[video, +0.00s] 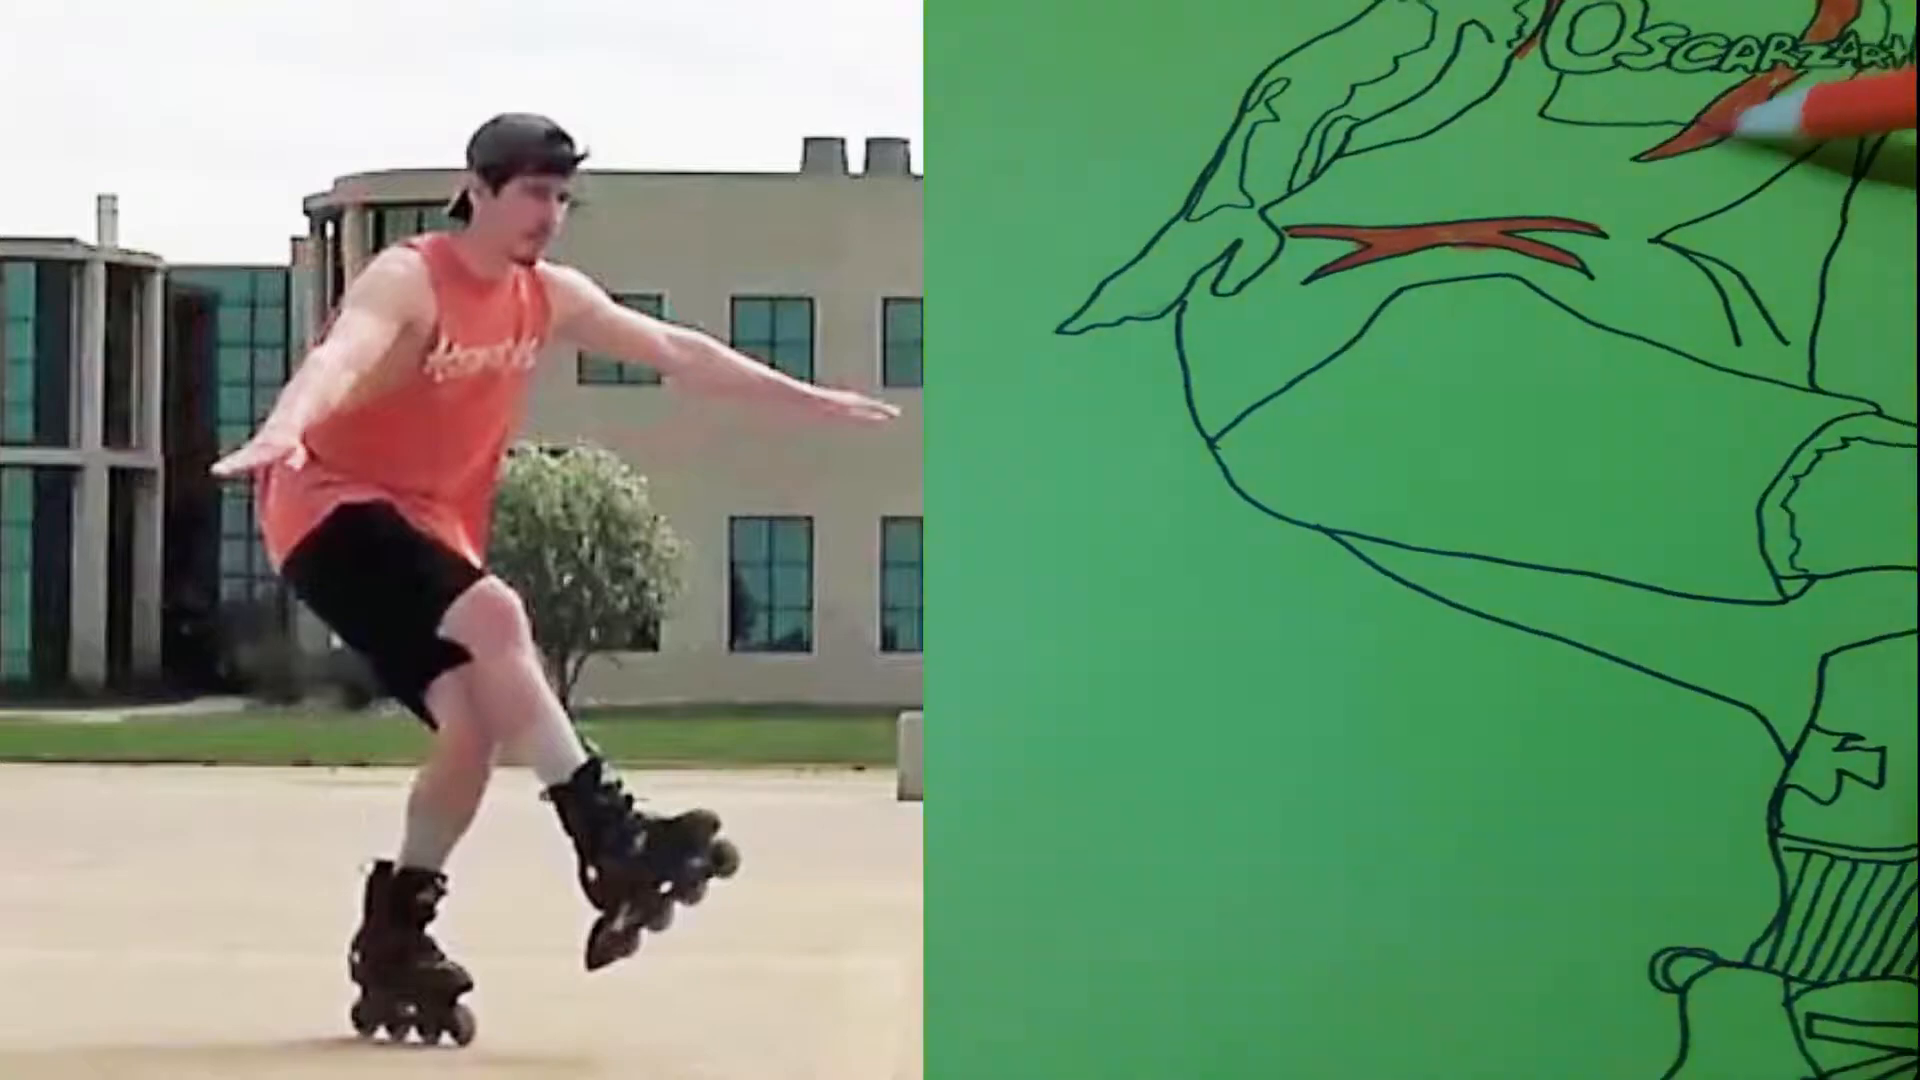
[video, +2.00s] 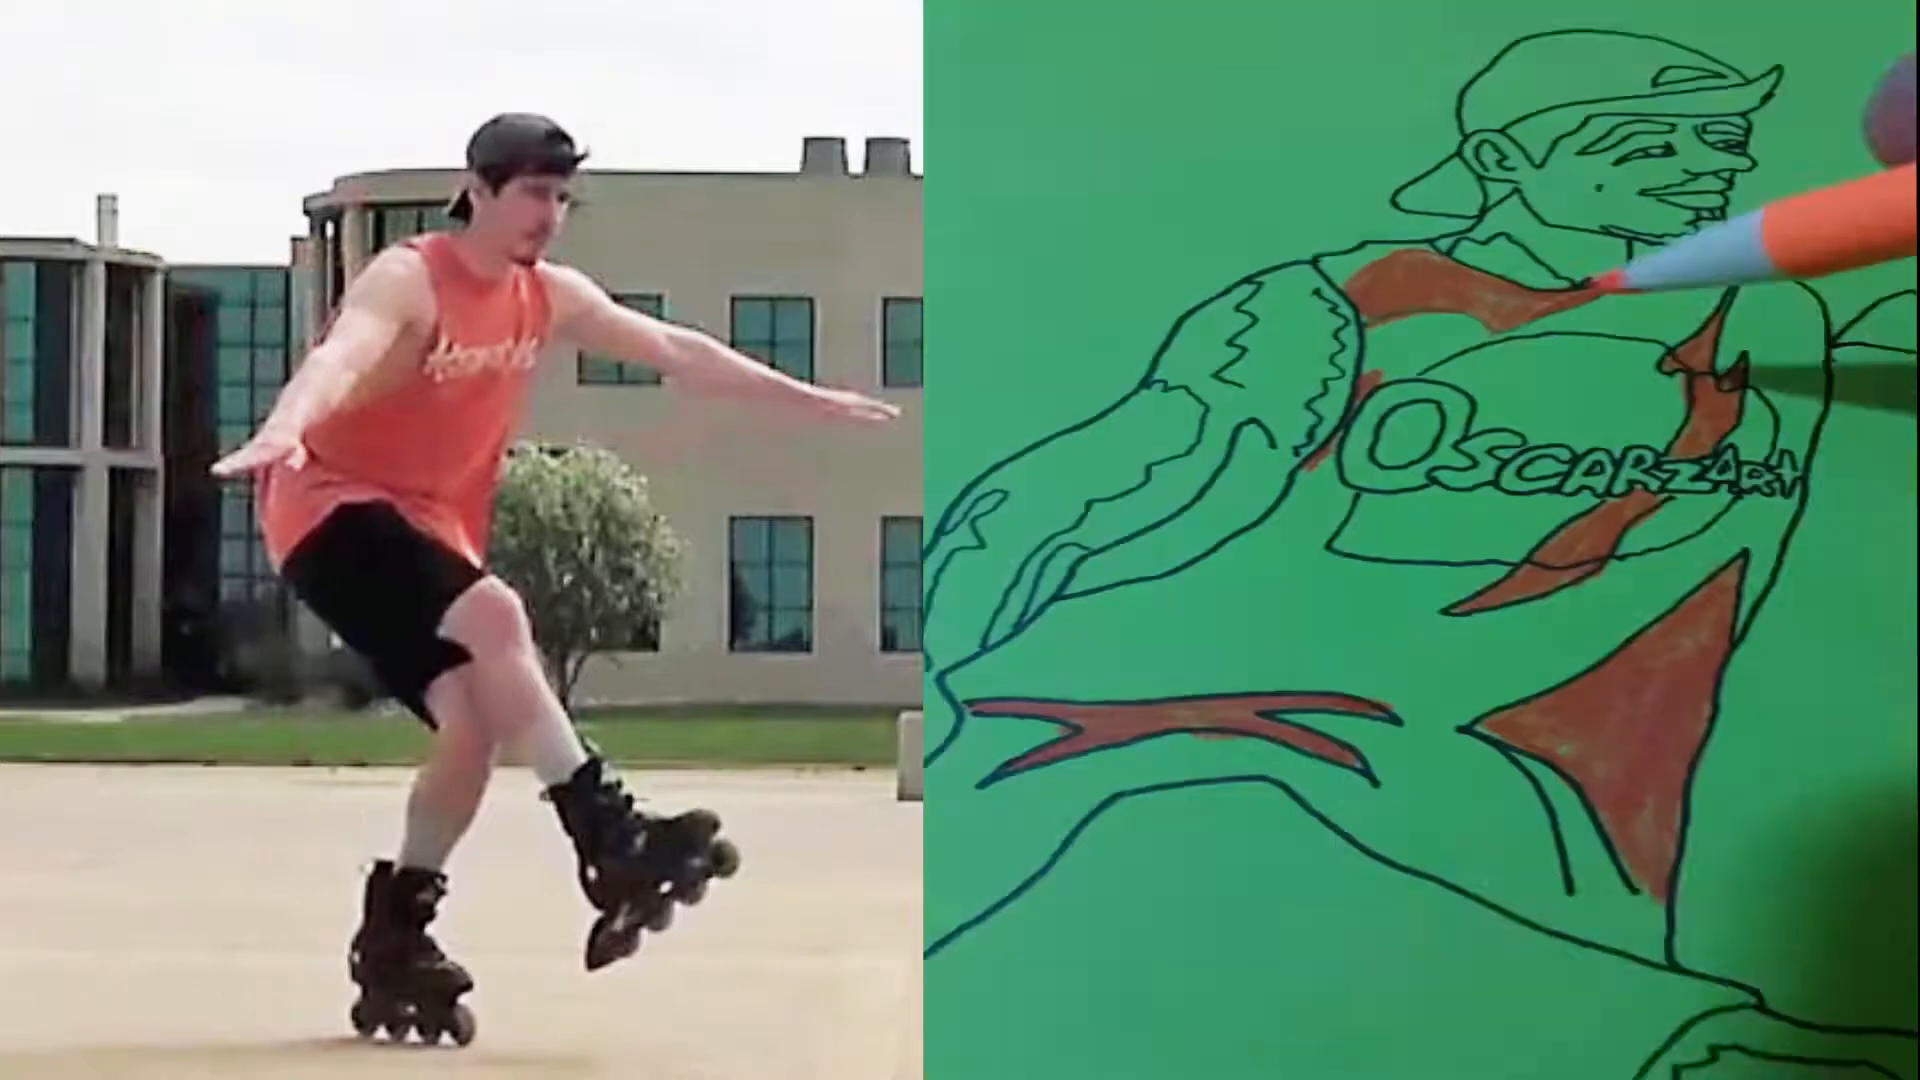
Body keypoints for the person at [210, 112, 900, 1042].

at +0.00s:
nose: (552, 214)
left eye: (562, 199)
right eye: (536, 195)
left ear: (562, 203)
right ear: (477, 191)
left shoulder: (551, 293)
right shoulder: (409, 274)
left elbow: (674, 350)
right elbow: (341, 356)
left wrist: (810, 399)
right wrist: (283, 428)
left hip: (435, 529)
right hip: (333, 503)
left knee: (477, 724)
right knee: (492, 616)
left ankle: (394, 936)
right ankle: (611, 843)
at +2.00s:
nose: (552, 214)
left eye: (562, 198)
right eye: (536, 194)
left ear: (563, 203)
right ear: (477, 191)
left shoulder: (551, 293)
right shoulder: (409, 274)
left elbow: (674, 349)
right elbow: (342, 356)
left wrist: (810, 399)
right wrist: (283, 429)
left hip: (436, 530)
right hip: (334, 505)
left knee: (477, 725)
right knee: (492, 616)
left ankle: (393, 936)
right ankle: (611, 842)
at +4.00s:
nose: (552, 214)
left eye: (562, 198)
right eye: (536, 195)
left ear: (562, 203)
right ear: (477, 191)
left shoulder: (551, 293)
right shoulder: (408, 275)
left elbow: (674, 350)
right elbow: (342, 356)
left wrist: (810, 399)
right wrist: (283, 428)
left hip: (436, 529)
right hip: (333, 504)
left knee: (477, 723)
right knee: (492, 616)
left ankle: (393, 937)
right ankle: (611, 843)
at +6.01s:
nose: (551, 215)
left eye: (561, 199)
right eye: (535, 195)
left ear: (563, 203)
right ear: (476, 191)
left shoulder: (551, 293)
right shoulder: (408, 274)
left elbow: (674, 350)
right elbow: (342, 355)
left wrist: (810, 399)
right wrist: (283, 428)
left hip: (436, 530)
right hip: (334, 505)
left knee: (477, 725)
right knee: (492, 616)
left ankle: (393, 935)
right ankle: (610, 841)